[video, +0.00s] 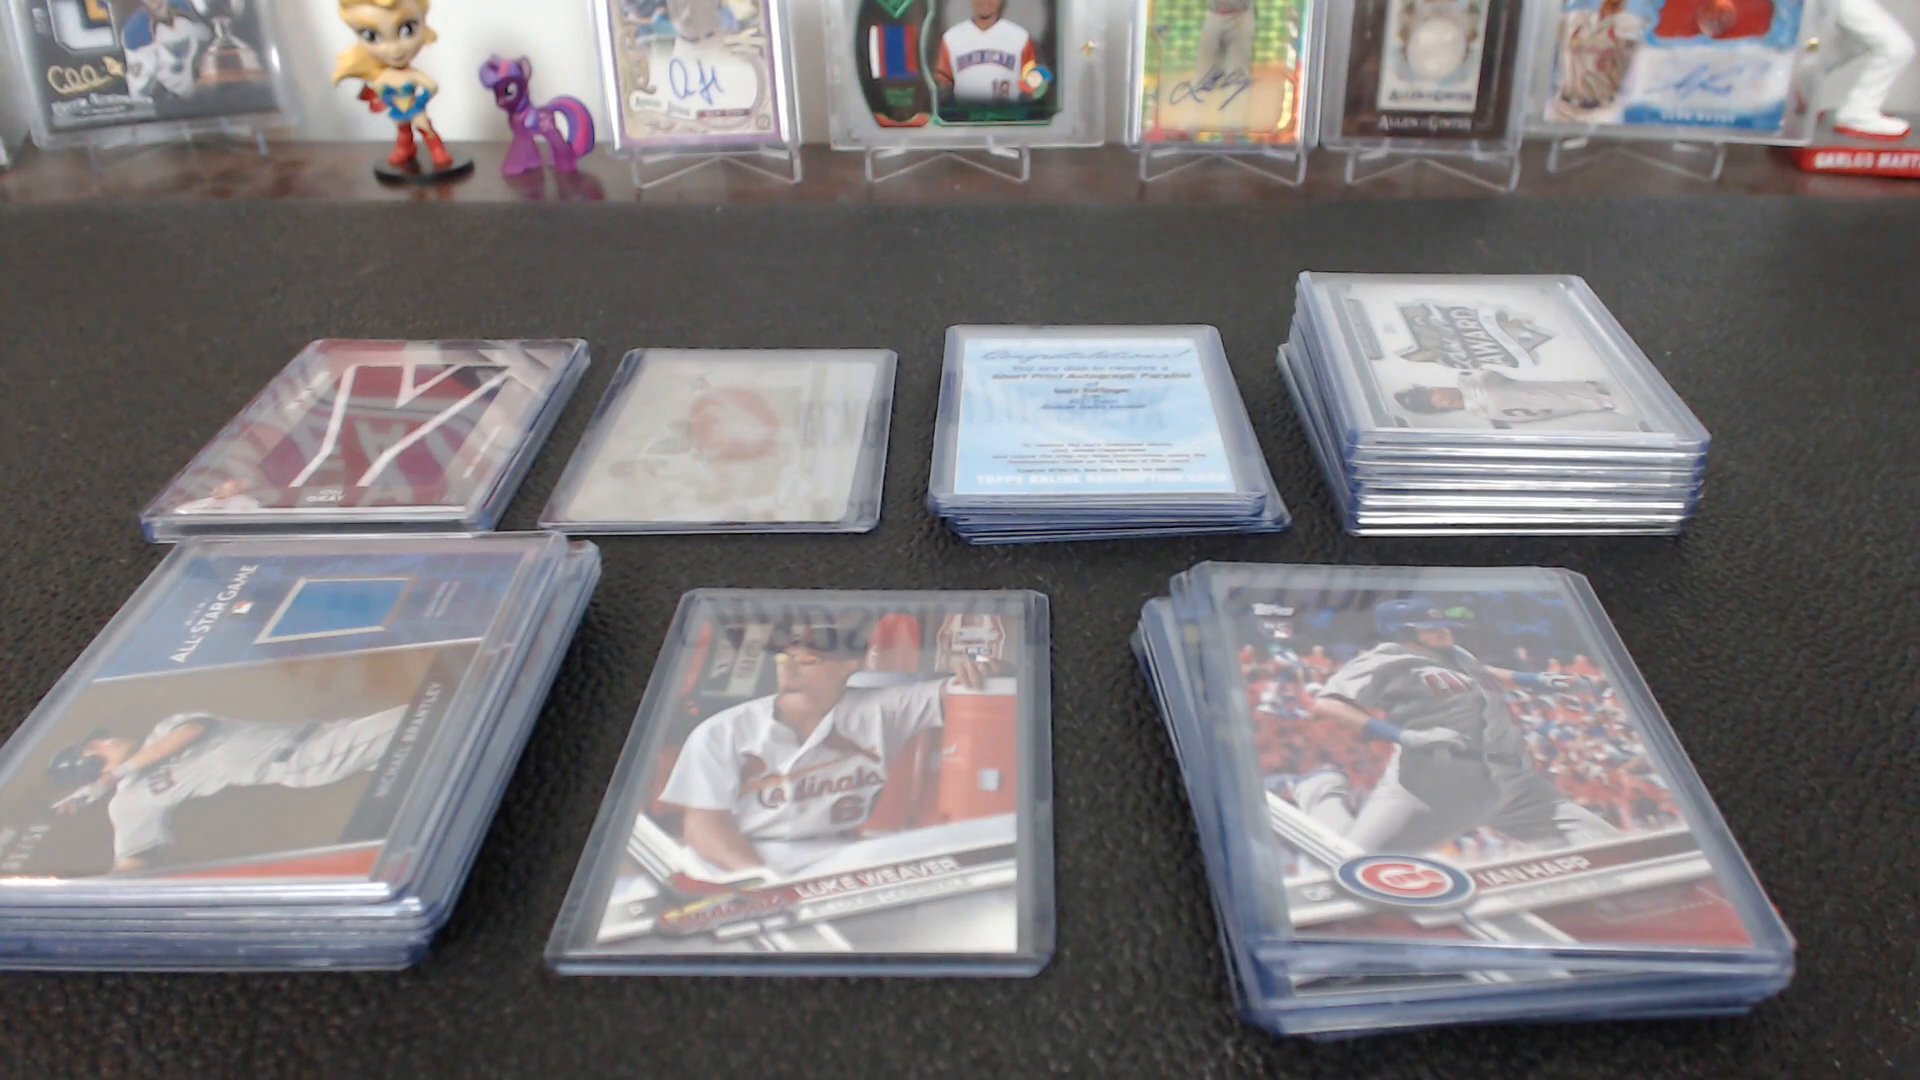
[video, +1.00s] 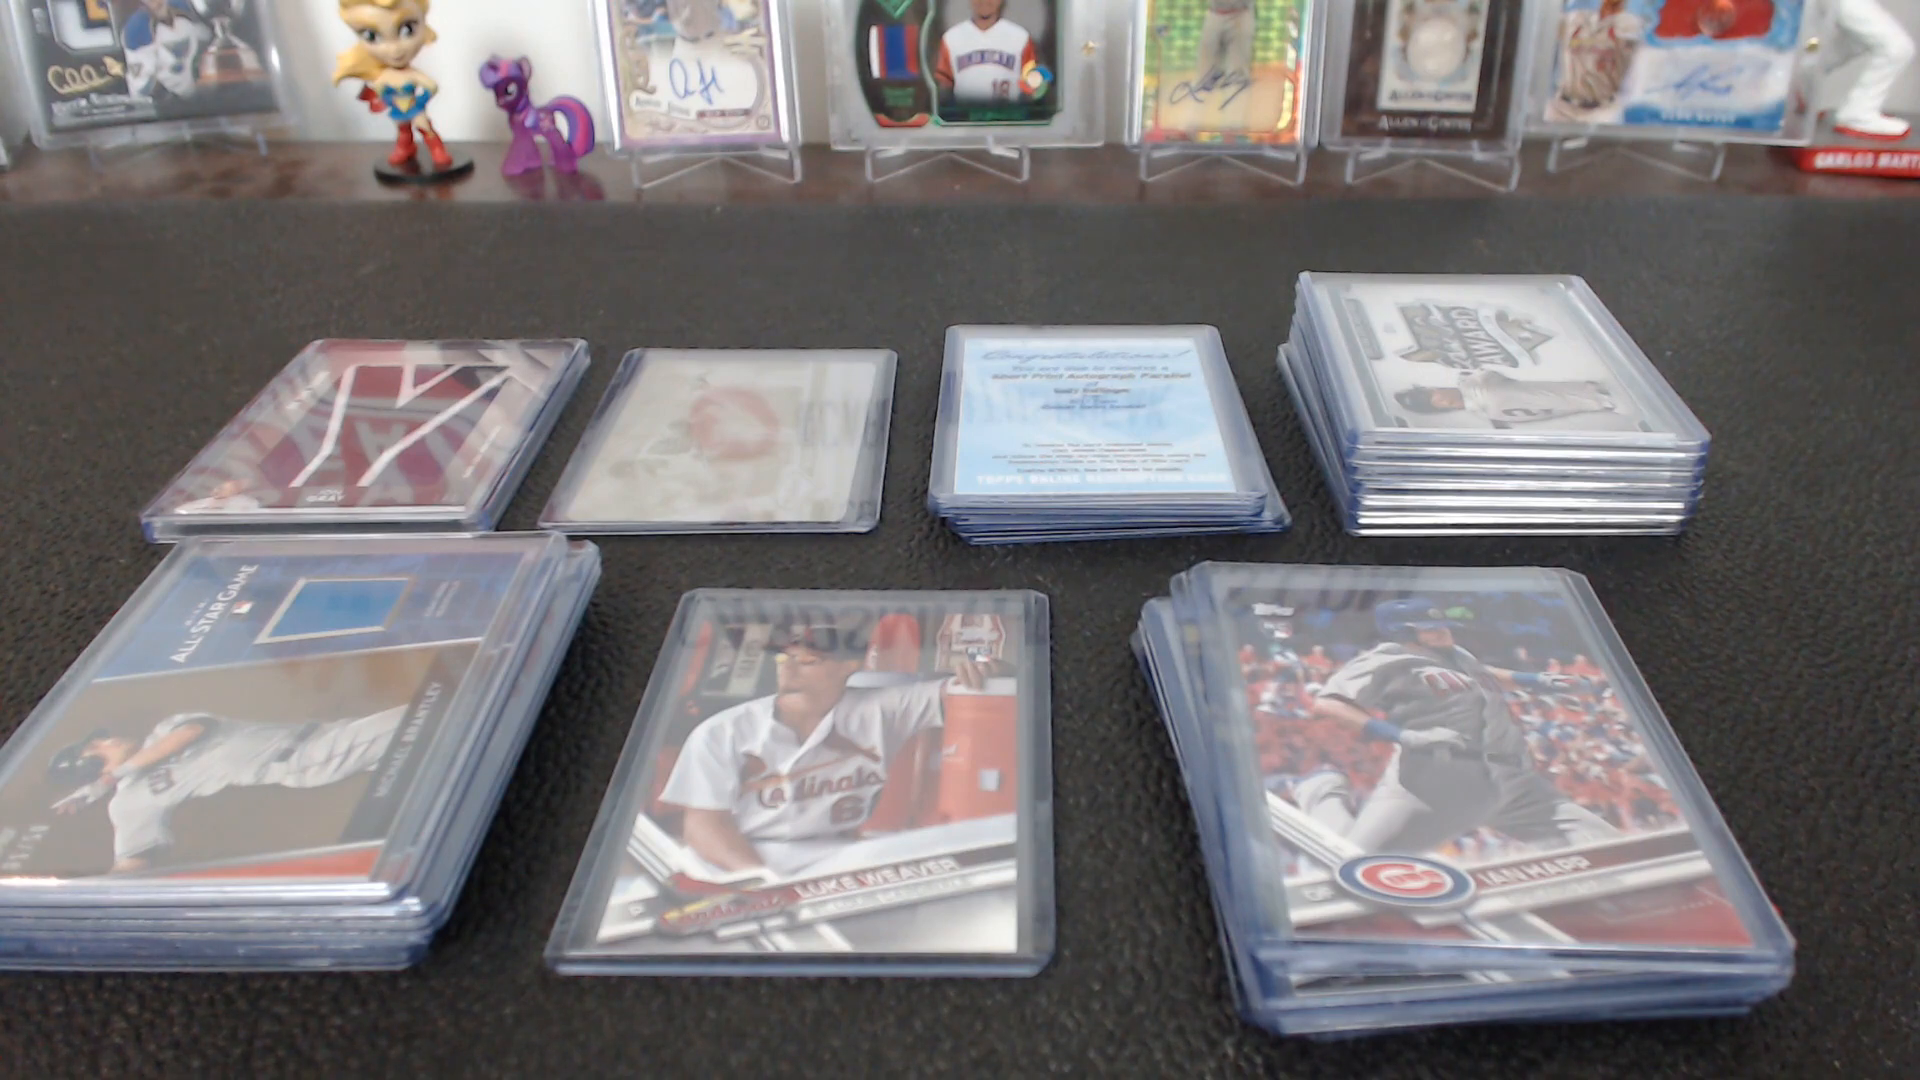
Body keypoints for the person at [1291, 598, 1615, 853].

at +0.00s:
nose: (1445, 631)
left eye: (1444, 622)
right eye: (1433, 623)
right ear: (1406, 630)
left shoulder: (1458, 656)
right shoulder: (1386, 660)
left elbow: (1490, 677)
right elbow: (1328, 704)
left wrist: (1541, 682)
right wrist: (1404, 736)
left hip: (1508, 787)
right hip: (1428, 795)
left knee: (1609, 847)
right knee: (1352, 869)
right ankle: (1321, 792)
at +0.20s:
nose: (1445, 631)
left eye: (1445, 623)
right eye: (1433, 624)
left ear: (1447, 625)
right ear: (1405, 628)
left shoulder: (1459, 657)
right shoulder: (1388, 659)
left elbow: (1489, 677)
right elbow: (1328, 704)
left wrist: (1540, 682)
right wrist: (1404, 736)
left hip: (1508, 787)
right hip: (1429, 793)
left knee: (1609, 846)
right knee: (1350, 869)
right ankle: (1322, 793)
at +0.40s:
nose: (1445, 631)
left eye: (1444, 623)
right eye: (1433, 624)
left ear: (1446, 625)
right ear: (1405, 629)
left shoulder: (1459, 657)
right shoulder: (1387, 659)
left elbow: (1490, 677)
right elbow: (1328, 704)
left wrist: (1541, 682)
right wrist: (1404, 736)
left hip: (1510, 787)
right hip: (1431, 793)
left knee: (1611, 847)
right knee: (1350, 869)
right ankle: (1322, 793)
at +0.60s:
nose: (1445, 631)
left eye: (1444, 622)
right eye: (1433, 623)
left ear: (1446, 625)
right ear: (1405, 629)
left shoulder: (1459, 657)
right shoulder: (1387, 659)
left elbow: (1490, 677)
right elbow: (1328, 704)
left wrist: (1541, 682)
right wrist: (1404, 736)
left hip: (1510, 787)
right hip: (1431, 792)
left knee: (1611, 847)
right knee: (1350, 869)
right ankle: (1322, 793)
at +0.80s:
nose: (1445, 631)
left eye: (1444, 623)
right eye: (1433, 623)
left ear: (1445, 626)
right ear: (1406, 629)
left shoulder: (1459, 657)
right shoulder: (1387, 659)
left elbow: (1491, 677)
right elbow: (1328, 704)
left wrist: (1542, 682)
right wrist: (1404, 735)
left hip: (1509, 787)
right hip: (1431, 792)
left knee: (1609, 846)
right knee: (1351, 867)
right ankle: (1321, 793)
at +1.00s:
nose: (1445, 631)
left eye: (1444, 622)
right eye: (1433, 623)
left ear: (1445, 625)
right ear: (1405, 629)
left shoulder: (1459, 657)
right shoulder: (1387, 659)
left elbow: (1491, 677)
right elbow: (1328, 704)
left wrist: (1542, 682)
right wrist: (1404, 736)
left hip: (1510, 787)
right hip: (1431, 792)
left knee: (1609, 847)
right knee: (1352, 867)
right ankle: (1321, 792)